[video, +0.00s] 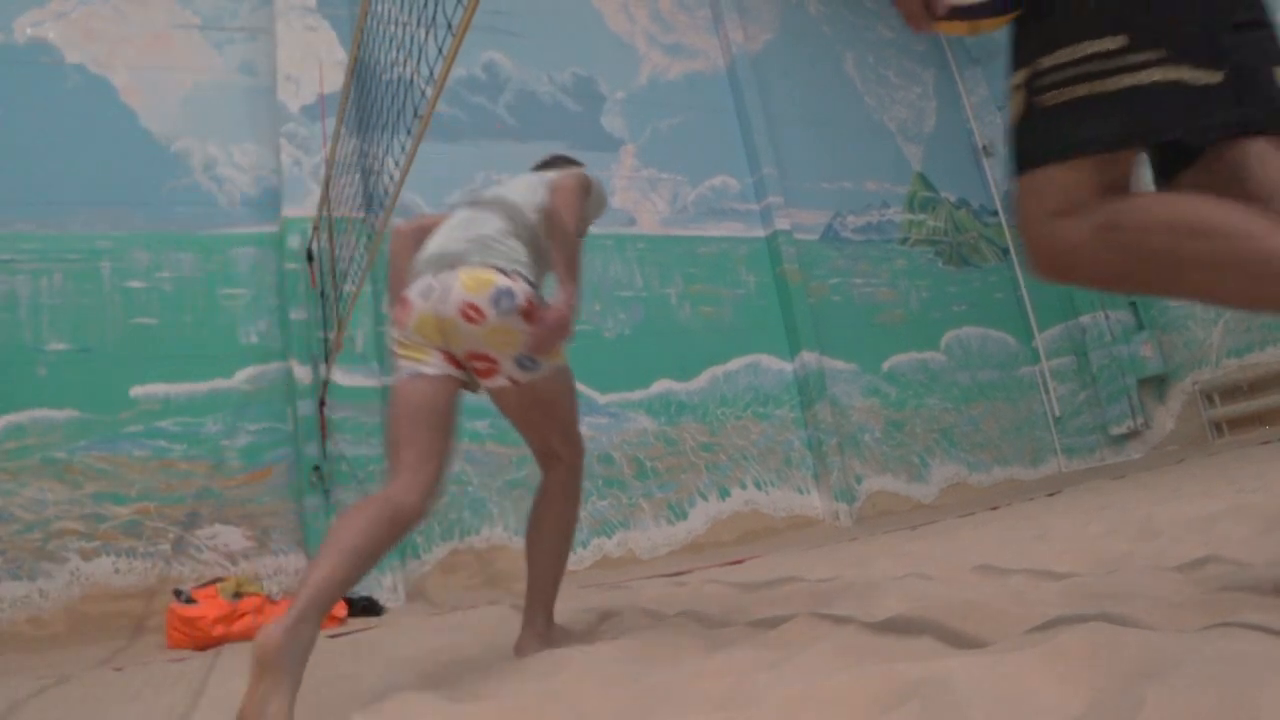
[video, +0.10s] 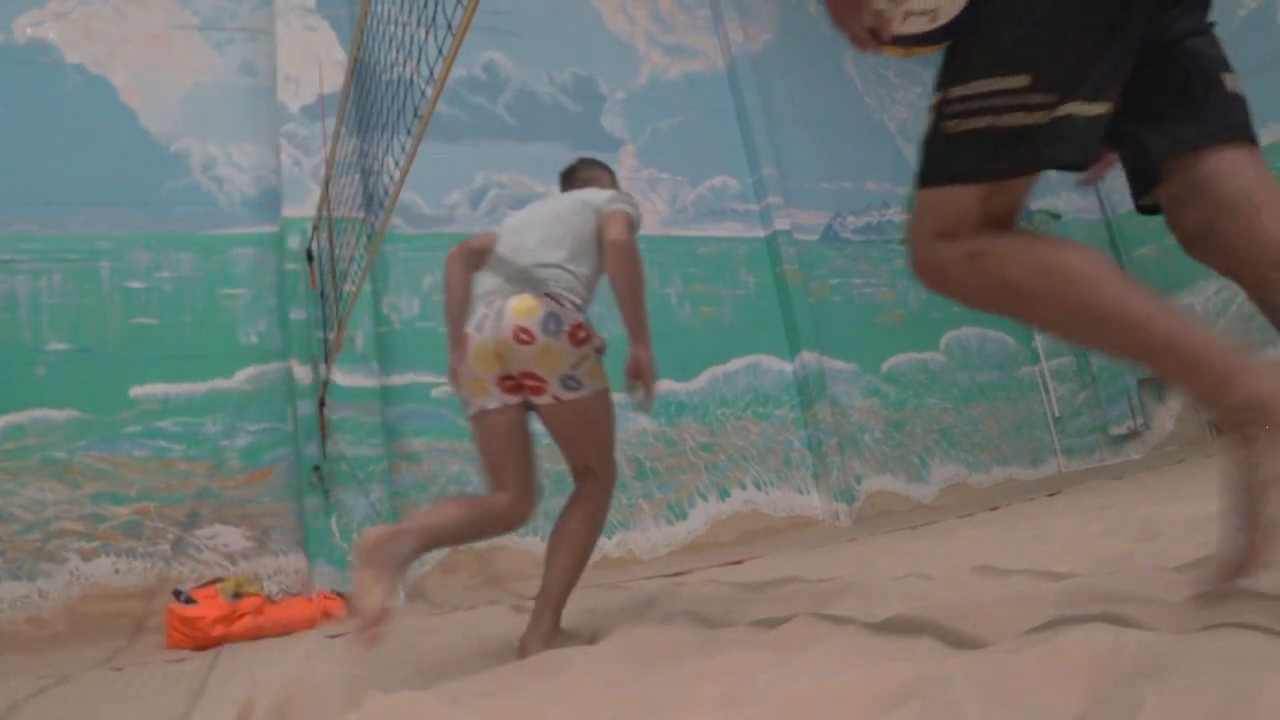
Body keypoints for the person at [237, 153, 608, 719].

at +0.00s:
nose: (589, 207)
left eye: (586, 196)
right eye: (586, 190)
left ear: (533, 172)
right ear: (573, 175)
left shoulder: (484, 199)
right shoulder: (573, 178)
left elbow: (407, 229)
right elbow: (562, 206)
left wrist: (403, 310)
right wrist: (568, 294)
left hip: (420, 303)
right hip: (493, 296)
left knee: (406, 491)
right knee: (562, 460)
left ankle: (290, 632)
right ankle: (538, 627)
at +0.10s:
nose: (613, 192)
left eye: (610, 186)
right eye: (612, 185)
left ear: (565, 190)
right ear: (604, 183)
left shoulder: (525, 220)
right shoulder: (610, 200)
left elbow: (460, 255)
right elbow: (617, 241)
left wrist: (457, 345)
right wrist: (640, 345)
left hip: (481, 329)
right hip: (546, 324)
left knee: (512, 500)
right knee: (594, 479)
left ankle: (394, 545)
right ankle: (543, 629)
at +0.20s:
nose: (638, 183)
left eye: (634, 177)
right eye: (634, 177)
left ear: (591, 184)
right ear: (623, 176)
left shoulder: (554, 217)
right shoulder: (639, 201)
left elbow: (502, 255)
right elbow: (657, 246)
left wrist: (508, 341)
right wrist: (681, 331)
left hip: (530, 323)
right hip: (589, 317)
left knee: (587, 461)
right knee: (609, 480)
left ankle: (522, 540)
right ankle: (546, 623)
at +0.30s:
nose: (660, 172)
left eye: (655, 167)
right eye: (656, 167)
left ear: (615, 175)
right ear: (647, 165)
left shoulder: (590, 208)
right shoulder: (665, 188)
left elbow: (544, 250)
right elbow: (685, 230)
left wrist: (551, 328)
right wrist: (703, 308)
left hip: (580, 312)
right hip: (631, 305)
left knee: (646, 440)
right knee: (619, 462)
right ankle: (571, 594)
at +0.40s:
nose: (685, 179)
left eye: (681, 174)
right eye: (681, 174)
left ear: (642, 183)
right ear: (668, 173)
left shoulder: (616, 226)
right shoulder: (686, 197)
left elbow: (579, 279)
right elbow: (709, 238)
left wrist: (595, 349)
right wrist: (731, 310)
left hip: (626, 336)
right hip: (672, 322)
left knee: (684, 455)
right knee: (672, 451)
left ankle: (715, 570)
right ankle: (594, 547)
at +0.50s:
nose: (721, 197)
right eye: (718, 188)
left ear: (672, 197)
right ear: (707, 192)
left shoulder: (653, 253)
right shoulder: (707, 221)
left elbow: (623, 325)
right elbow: (720, 271)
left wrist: (657, 375)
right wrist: (760, 333)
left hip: (666, 363)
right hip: (705, 356)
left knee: (723, 475)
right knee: (744, 470)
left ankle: (727, 583)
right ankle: (655, 504)